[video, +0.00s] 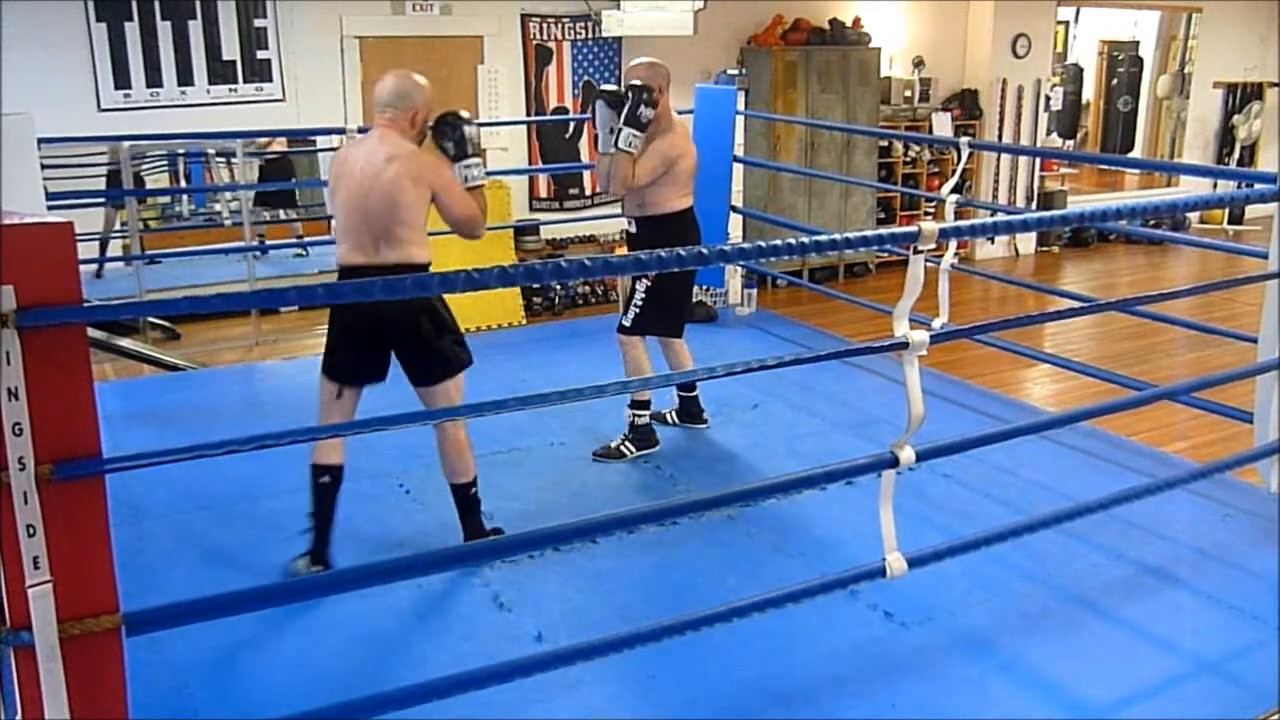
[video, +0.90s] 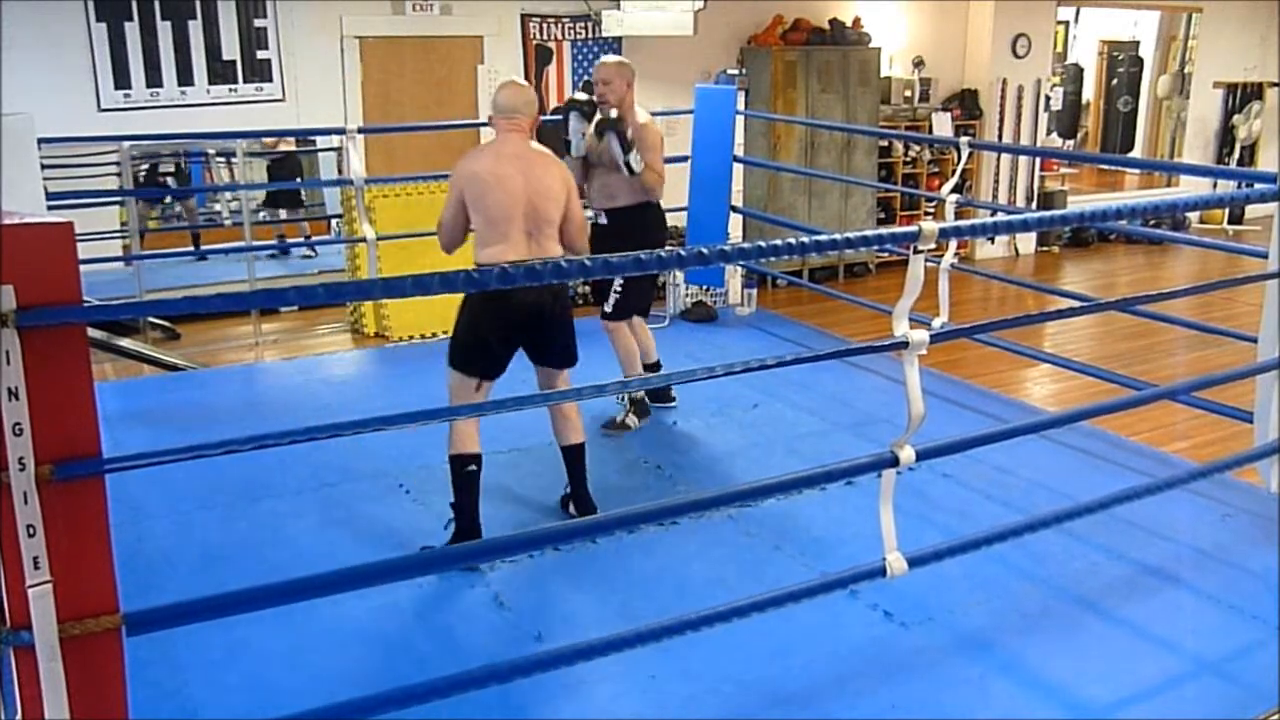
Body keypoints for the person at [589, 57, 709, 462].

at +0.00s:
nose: (632, 101)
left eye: (639, 93)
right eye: (629, 93)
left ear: (661, 94)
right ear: (630, 94)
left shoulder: (672, 140)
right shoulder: (643, 133)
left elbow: (624, 185)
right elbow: (605, 185)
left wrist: (630, 133)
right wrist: (604, 133)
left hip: (671, 237)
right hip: (648, 235)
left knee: (629, 333)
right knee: (667, 330)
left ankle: (640, 430)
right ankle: (690, 405)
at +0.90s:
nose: (599, 91)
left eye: (606, 83)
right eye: (596, 83)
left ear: (628, 86)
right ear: (595, 87)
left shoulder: (646, 129)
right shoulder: (596, 129)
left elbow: (655, 188)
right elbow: (582, 185)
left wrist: (630, 155)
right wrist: (576, 144)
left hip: (640, 223)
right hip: (606, 224)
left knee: (613, 317)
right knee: (629, 313)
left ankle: (637, 401)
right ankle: (657, 383)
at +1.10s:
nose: (585, 93)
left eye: (593, 86)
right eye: (582, 86)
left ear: (616, 88)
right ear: (581, 90)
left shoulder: (629, 135)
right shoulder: (588, 128)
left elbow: (625, 192)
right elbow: (576, 180)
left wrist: (597, 153)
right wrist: (565, 133)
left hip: (626, 227)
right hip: (595, 225)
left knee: (607, 321)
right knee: (588, 307)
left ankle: (638, 395)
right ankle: (631, 356)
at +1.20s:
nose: (578, 93)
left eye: (585, 86)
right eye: (574, 86)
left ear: (606, 88)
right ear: (572, 90)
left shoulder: (619, 133)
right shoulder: (583, 127)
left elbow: (616, 193)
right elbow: (574, 178)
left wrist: (587, 151)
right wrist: (560, 135)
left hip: (615, 224)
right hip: (585, 219)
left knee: (605, 318)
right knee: (577, 294)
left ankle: (637, 395)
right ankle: (584, 355)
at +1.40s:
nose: (553, 102)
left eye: (561, 95)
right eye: (548, 95)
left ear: (583, 97)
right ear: (543, 96)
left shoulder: (592, 139)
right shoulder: (540, 133)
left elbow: (592, 193)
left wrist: (567, 156)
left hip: (585, 231)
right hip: (549, 229)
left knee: (594, 320)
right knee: (546, 312)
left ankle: (634, 392)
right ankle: (546, 368)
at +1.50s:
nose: (540, 98)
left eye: (548, 91)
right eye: (537, 90)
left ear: (566, 93)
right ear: (532, 92)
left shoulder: (577, 132)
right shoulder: (524, 129)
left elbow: (589, 178)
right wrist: (488, 144)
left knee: (572, 316)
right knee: (539, 316)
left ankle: (606, 377)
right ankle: (535, 376)